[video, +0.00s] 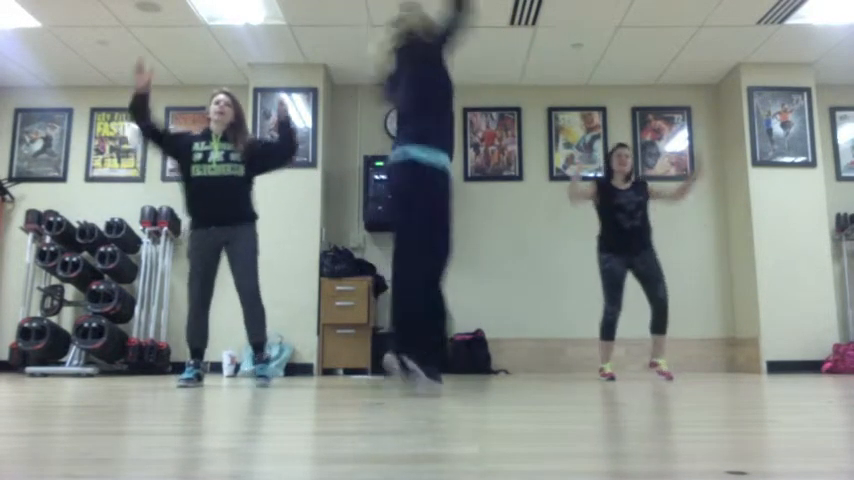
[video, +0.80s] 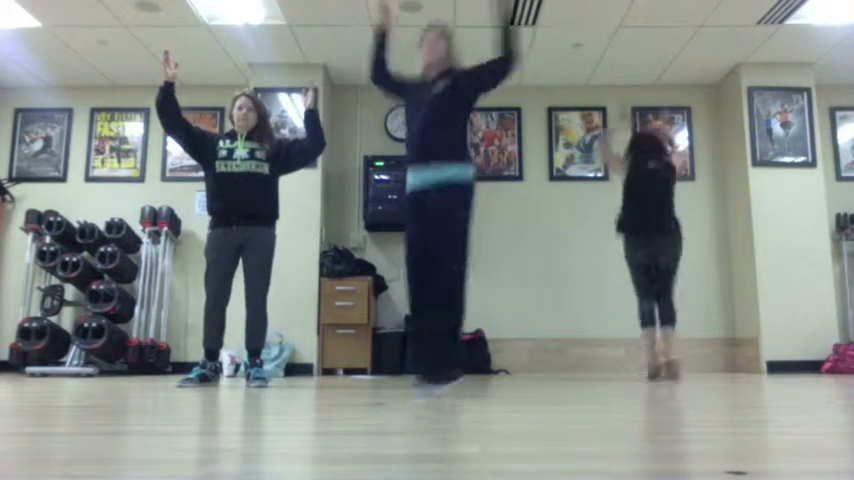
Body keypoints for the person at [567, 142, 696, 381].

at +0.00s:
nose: (624, 160)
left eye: (627, 156)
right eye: (619, 156)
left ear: (632, 161)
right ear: (610, 161)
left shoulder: (642, 187)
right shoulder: (600, 187)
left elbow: (675, 194)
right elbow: (575, 195)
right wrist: (575, 178)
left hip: (642, 252)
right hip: (612, 253)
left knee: (660, 302)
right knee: (612, 307)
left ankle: (657, 359)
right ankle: (605, 364)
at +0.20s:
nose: (634, 165)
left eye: (637, 162)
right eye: (629, 161)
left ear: (641, 167)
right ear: (619, 166)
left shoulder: (649, 188)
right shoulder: (611, 191)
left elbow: (681, 183)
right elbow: (592, 184)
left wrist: (696, 155)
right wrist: (596, 155)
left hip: (652, 255)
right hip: (624, 256)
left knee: (663, 306)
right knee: (625, 306)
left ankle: (650, 362)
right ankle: (609, 362)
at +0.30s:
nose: (643, 164)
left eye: (646, 160)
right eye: (639, 160)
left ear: (649, 164)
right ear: (629, 164)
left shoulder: (653, 184)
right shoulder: (621, 188)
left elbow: (677, 180)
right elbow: (616, 173)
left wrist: (672, 164)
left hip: (658, 250)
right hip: (633, 250)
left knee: (663, 302)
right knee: (654, 298)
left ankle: (650, 361)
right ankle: (630, 354)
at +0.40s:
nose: (642, 161)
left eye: (645, 156)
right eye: (637, 156)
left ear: (651, 160)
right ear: (628, 159)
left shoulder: (651, 178)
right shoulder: (626, 182)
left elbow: (662, 161)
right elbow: (632, 162)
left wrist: (656, 144)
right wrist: (629, 144)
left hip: (654, 242)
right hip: (635, 243)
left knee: (661, 293)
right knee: (658, 291)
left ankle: (650, 353)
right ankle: (647, 353)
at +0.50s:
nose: (662, 152)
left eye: (661, 148)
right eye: (656, 148)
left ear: (637, 152)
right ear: (648, 150)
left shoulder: (649, 172)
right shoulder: (641, 171)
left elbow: (664, 156)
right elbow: (658, 147)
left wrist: (646, 129)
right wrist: (657, 134)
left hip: (641, 240)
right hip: (648, 240)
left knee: (659, 297)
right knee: (664, 297)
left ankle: (649, 356)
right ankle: (660, 360)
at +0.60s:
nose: (664, 165)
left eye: (661, 158)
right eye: (660, 159)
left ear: (632, 160)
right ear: (652, 160)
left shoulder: (627, 182)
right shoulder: (654, 175)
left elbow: (638, 157)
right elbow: (679, 156)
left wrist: (643, 136)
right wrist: (665, 137)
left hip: (634, 247)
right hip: (658, 247)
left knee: (657, 303)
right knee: (670, 303)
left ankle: (650, 360)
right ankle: (661, 363)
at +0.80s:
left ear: (634, 148)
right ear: (662, 148)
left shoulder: (629, 166)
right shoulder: (669, 168)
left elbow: (609, 156)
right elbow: (677, 159)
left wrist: (603, 141)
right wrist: (669, 141)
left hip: (635, 235)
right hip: (666, 233)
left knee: (644, 296)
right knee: (665, 294)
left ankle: (652, 358)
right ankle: (668, 354)